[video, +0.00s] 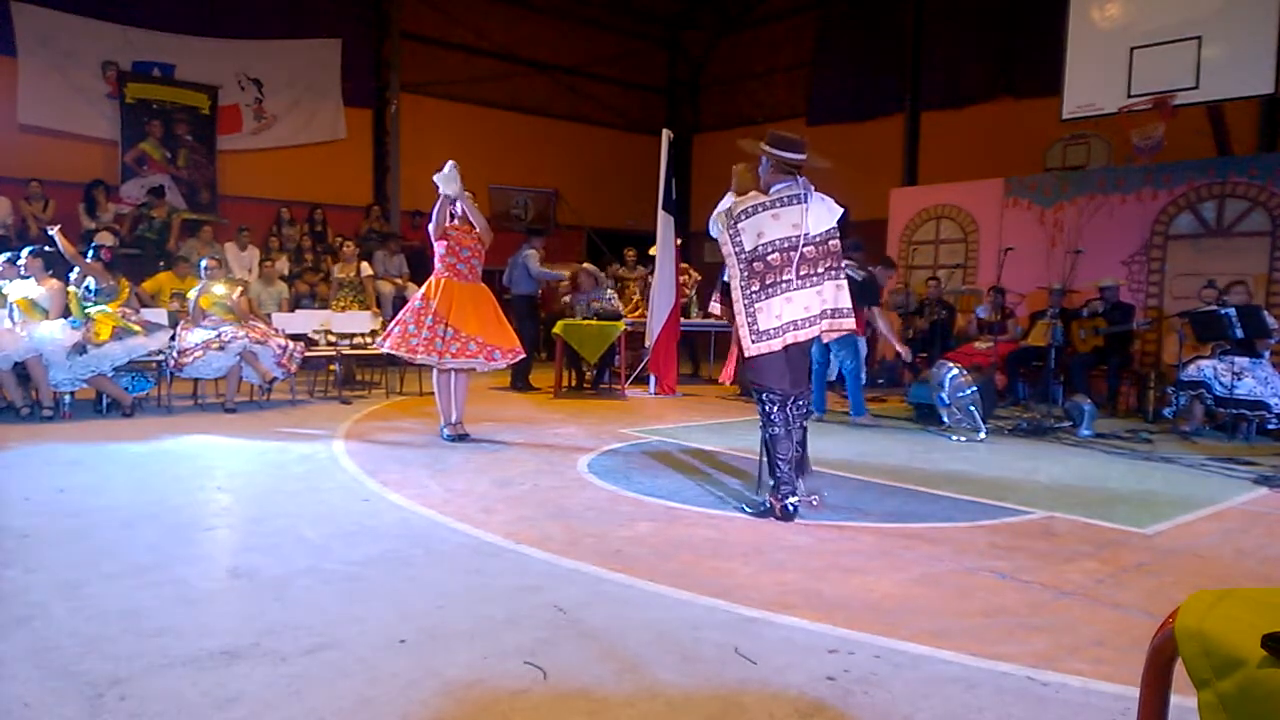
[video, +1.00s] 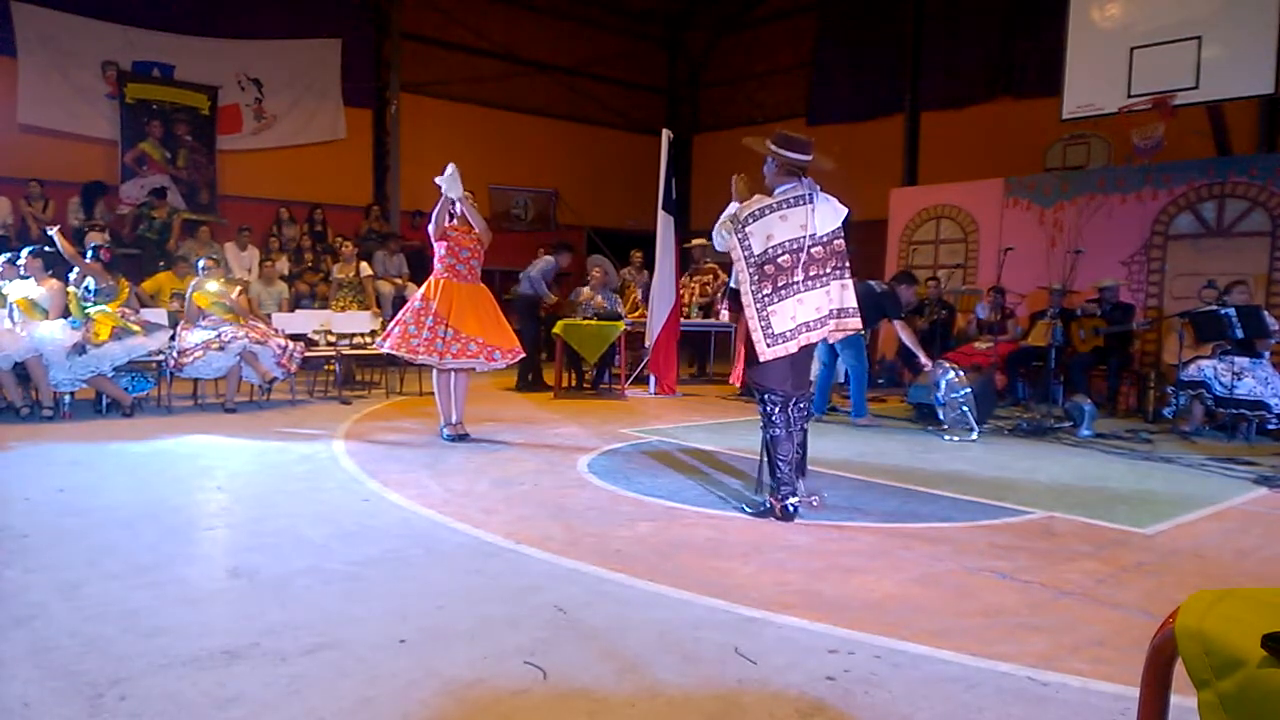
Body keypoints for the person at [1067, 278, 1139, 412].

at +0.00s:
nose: (1109, 294)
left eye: (1111, 290)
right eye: (1106, 291)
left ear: (1117, 291)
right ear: (1101, 292)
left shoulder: (1127, 308)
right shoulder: (1093, 306)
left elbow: (1121, 320)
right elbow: (1071, 316)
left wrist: (1103, 311)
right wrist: (1086, 311)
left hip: (1118, 349)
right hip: (1097, 349)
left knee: (1114, 367)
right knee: (1078, 362)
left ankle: (1111, 404)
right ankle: (1083, 400)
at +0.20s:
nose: (1107, 294)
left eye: (1110, 290)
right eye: (1105, 291)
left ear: (1117, 292)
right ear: (1101, 293)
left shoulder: (1127, 308)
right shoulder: (1094, 305)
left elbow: (1120, 321)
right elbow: (1072, 316)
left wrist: (1103, 311)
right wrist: (1086, 312)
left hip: (1118, 349)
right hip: (1098, 349)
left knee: (1114, 367)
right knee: (1078, 363)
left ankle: (1111, 404)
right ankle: (1083, 400)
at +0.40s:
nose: (1111, 294)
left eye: (1113, 291)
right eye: (1107, 291)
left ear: (1118, 292)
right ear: (1101, 292)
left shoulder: (1127, 308)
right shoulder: (1093, 304)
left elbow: (1121, 320)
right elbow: (1068, 316)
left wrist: (1102, 311)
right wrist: (1084, 312)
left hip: (1118, 349)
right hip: (1097, 348)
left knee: (1114, 365)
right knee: (1077, 362)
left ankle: (1111, 403)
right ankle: (1082, 400)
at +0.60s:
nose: (1111, 294)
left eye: (1114, 291)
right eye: (1108, 291)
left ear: (1118, 292)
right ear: (1101, 293)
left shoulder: (1126, 308)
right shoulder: (1093, 304)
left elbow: (1121, 320)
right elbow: (1067, 316)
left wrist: (1102, 311)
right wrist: (1084, 312)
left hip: (1117, 349)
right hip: (1096, 348)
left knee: (1114, 365)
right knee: (1077, 362)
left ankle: (1111, 404)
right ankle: (1082, 400)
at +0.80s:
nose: (1111, 294)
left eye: (1113, 291)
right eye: (1107, 291)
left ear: (1117, 292)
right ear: (1100, 293)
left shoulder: (1126, 308)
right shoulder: (1092, 304)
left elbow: (1120, 321)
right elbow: (1067, 316)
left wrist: (1101, 312)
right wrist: (1084, 312)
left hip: (1117, 349)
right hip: (1096, 348)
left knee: (1115, 365)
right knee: (1077, 362)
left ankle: (1111, 403)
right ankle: (1082, 400)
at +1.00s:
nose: (1112, 294)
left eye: (1114, 291)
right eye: (1108, 291)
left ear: (1118, 292)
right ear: (1101, 293)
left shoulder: (1127, 308)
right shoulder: (1092, 305)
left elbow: (1121, 320)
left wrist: (1098, 312)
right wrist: (1080, 313)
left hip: (1118, 349)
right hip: (1097, 348)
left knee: (1115, 365)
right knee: (1077, 362)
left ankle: (1111, 403)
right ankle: (1082, 400)